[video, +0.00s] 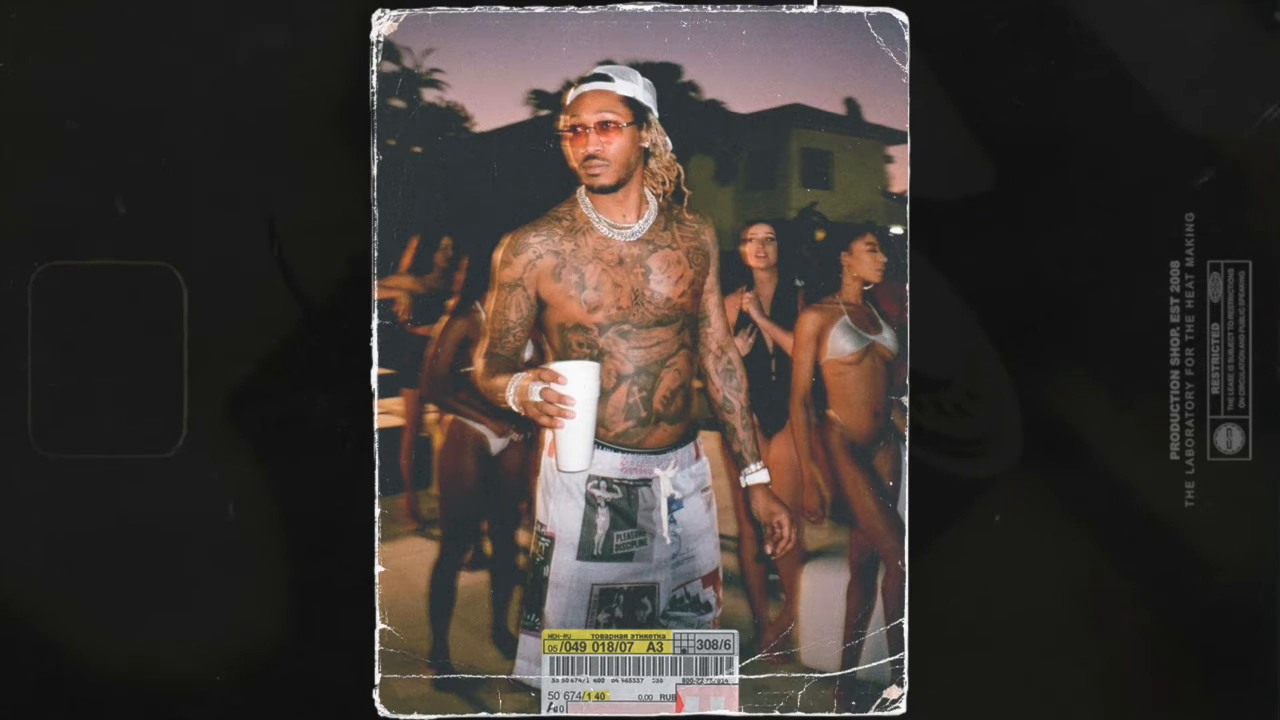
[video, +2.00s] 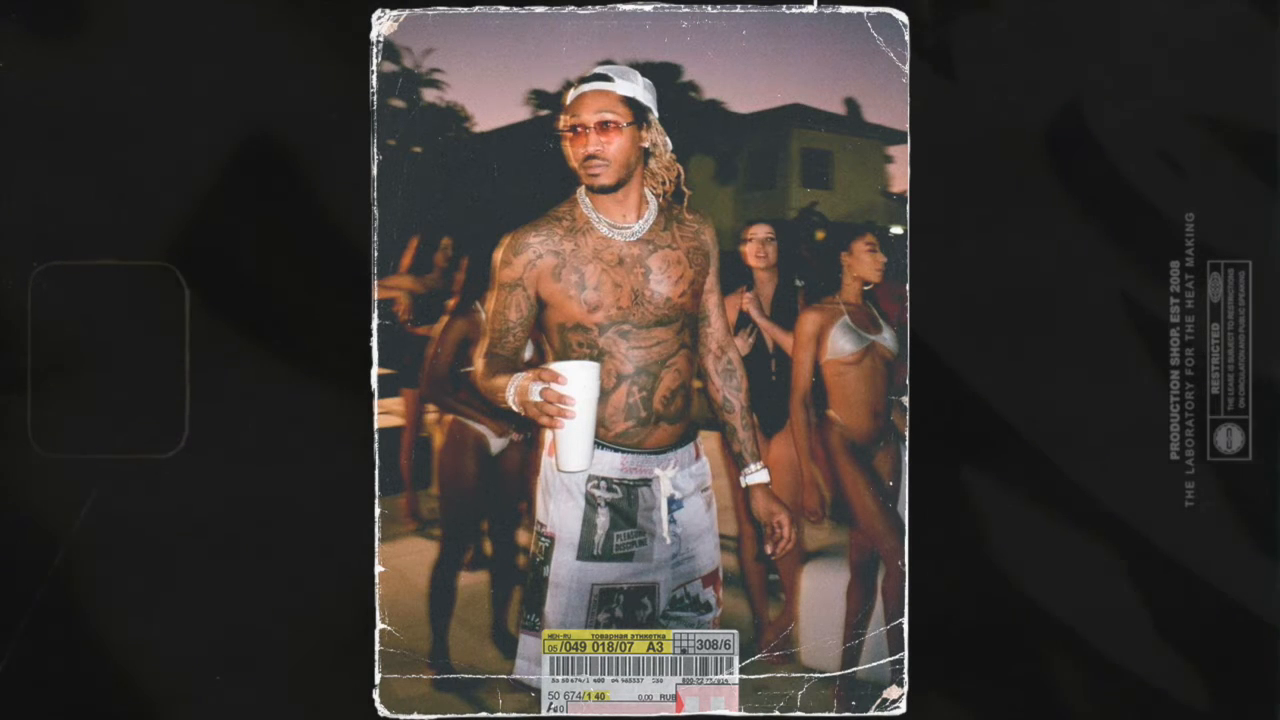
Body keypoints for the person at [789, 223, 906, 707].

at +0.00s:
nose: (882, 259)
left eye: (881, 251)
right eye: (871, 251)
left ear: (870, 261)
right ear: (844, 259)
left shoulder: (877, 315)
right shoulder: (818, 317)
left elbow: (885, 394)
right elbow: (798, 404)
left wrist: (900, 445)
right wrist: (813, 478)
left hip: (880, 448)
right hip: (838, 449)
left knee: (863, 564)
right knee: (898, 552)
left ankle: (846, 673)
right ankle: (903, 670)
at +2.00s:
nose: (882, 259)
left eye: (881, 251)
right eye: (871, 251)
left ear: (872, 262)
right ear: (844, 259)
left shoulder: (877, 315)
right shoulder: (818, 317)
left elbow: (886, 391)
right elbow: (799, 402)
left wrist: (900, 433)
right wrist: (812, 477)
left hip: (883, 447)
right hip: (839, 448)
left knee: (863, 562)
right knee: (897, 552)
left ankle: (846, 672)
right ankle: (902, 670)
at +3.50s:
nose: (882, 259)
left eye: (881, 251)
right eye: (871, 251)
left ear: (869, 261)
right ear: (844, 259)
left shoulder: (876, 314)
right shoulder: (818, 317)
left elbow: (885, 391)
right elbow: (798, 402)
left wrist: (899, 440)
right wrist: (812, 477)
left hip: (882, 447)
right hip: (838, 449)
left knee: (863, 563)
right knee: (898, 552)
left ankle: (846, 674)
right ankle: (902, 670)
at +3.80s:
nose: (882, 259)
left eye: (881, 251)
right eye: (871, 251)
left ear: (870, 262)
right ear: (843, 259)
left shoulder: (876, 314)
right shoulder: (818, 317)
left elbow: (885, 389)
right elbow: (799, 402)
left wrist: (900, 432)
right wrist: (813, 477)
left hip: (882, 447)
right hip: (838, 448)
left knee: (864, 561)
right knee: (897, 553)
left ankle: (846, 672)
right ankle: (903, 670)